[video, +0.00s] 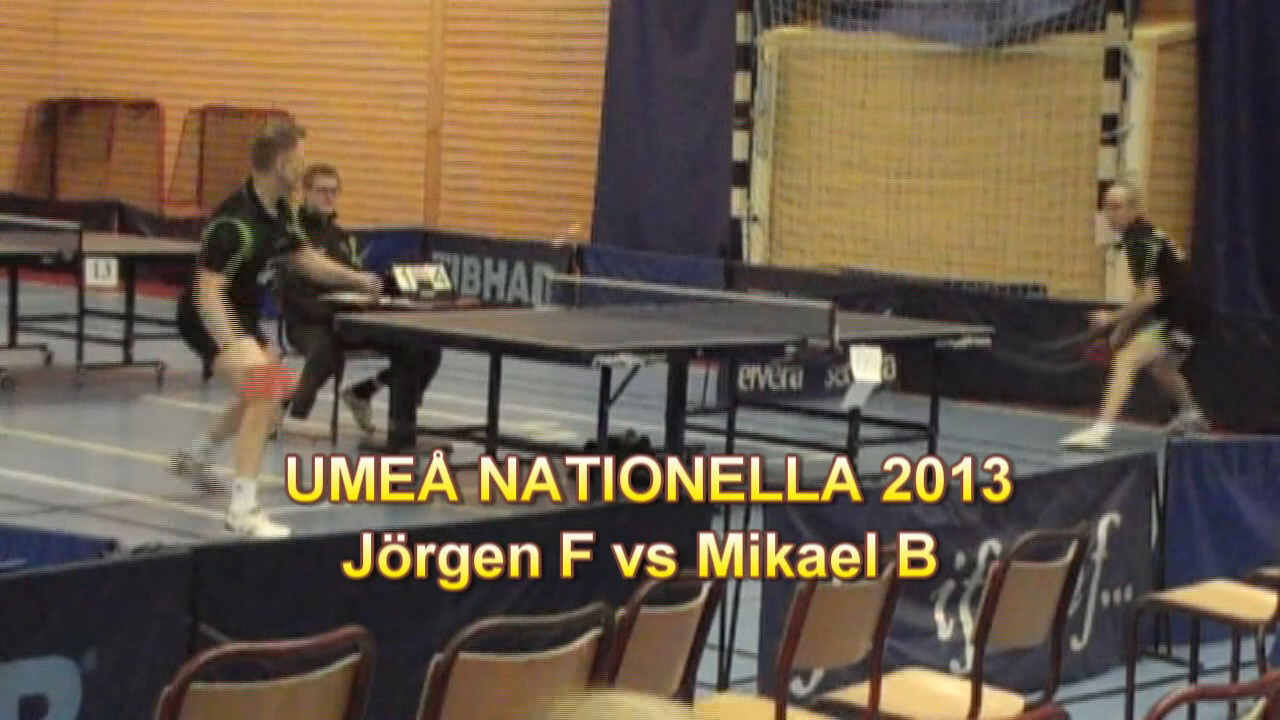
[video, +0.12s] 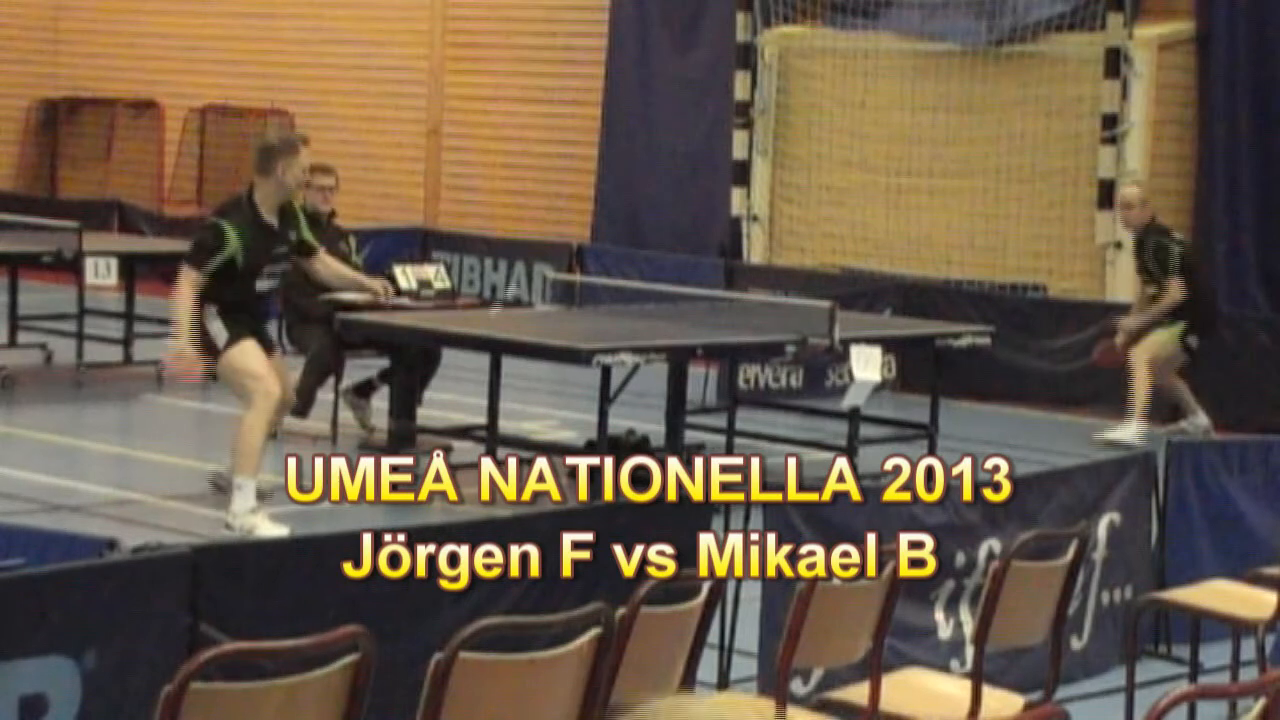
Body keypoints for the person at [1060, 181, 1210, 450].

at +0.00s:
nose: (1110, 215)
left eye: (1117, 207)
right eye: (1107, 208)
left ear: (1134, 209)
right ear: (1104, 210)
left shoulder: (1147, 241)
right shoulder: (1134, 239)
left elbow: (1151, 295)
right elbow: (1144, 295)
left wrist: (1114, 317)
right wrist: (1121, 329)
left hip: (1182, 316)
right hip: (1177, 313)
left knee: (1126, 360)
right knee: (1163, 367)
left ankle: (1102, 428)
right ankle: (1191, 413)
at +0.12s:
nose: (1125, 215)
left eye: (1131, 208)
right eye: (1121, 208)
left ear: (1148, 209)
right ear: (1118, 211)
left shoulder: (1160, 241)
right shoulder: (1143, 241)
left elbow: (1177, 292)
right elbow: (1147, 290)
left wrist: (1138, 321)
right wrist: (1128, 326)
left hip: (1192, 318)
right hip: (1177, 316)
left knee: (1140, 356)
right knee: (1161, 371)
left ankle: (1135, 426)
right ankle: (1198, 418)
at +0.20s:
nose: (1132, 210)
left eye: (1138, 203)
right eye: (1129, 204)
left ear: (1154, 204)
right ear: (1127, 207)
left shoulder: (1174, 232)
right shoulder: (1146, 238)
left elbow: (1197, 282)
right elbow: (1149, 291)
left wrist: (1162, 317)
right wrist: (1127, 328)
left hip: (1199, 310)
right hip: (1175, 312)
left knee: (1157, 351)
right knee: (1156, 365)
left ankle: (1166, 424)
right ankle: (1197, 416)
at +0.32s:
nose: (1144, 195)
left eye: (1150, 188)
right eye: (1141, 188)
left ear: (1164, 190)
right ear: (1139, 192)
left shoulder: (1185, 217)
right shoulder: (1151, 226)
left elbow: (1218, 255)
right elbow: (1156, 274)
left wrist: (1186, 294)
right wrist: (1140, 310)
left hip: (1214, 295)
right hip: (1181, 297)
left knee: (1190, 346)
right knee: (1157, 351)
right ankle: (1194, 410)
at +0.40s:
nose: (1151, 193)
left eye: (1156, 186)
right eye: (1147, 187)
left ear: (1171, 187)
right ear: (1143, 191)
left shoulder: (1193, 215)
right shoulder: (1157, 225)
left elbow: (1225, 253)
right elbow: (1160, 270)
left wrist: (1193, 291)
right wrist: (1145, 303)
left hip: (1223, 294)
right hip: (1191, 296)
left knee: (1214, 353)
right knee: (1154, 343)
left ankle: (1260, 415)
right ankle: (1180, 403)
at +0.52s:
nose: (1162, 205)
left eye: (1168, 199)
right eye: (1159, 199)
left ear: (1184, 200)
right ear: (1155, 202)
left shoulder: (1205, 230)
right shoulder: (1166, 237)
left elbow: (1233, 272)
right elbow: (1166, 286)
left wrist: (1202, 309)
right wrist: (1150, 317)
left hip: (1234, 310)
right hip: (1199, 310)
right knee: (1158, 352)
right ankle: (1164, 411)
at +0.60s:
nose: (1184, 214)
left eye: (1189, 207)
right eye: (1179, 208)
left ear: (1202, 209)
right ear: (1173, 211)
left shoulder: (1224, 241)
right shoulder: (1176, 244)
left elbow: (1258, 277)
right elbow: (1176, 290)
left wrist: (1235, 317)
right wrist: (1161, 321)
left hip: (1243, 319)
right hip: (1201, 319)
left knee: (1271, 371)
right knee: (1165, 350)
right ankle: (1164, 411)